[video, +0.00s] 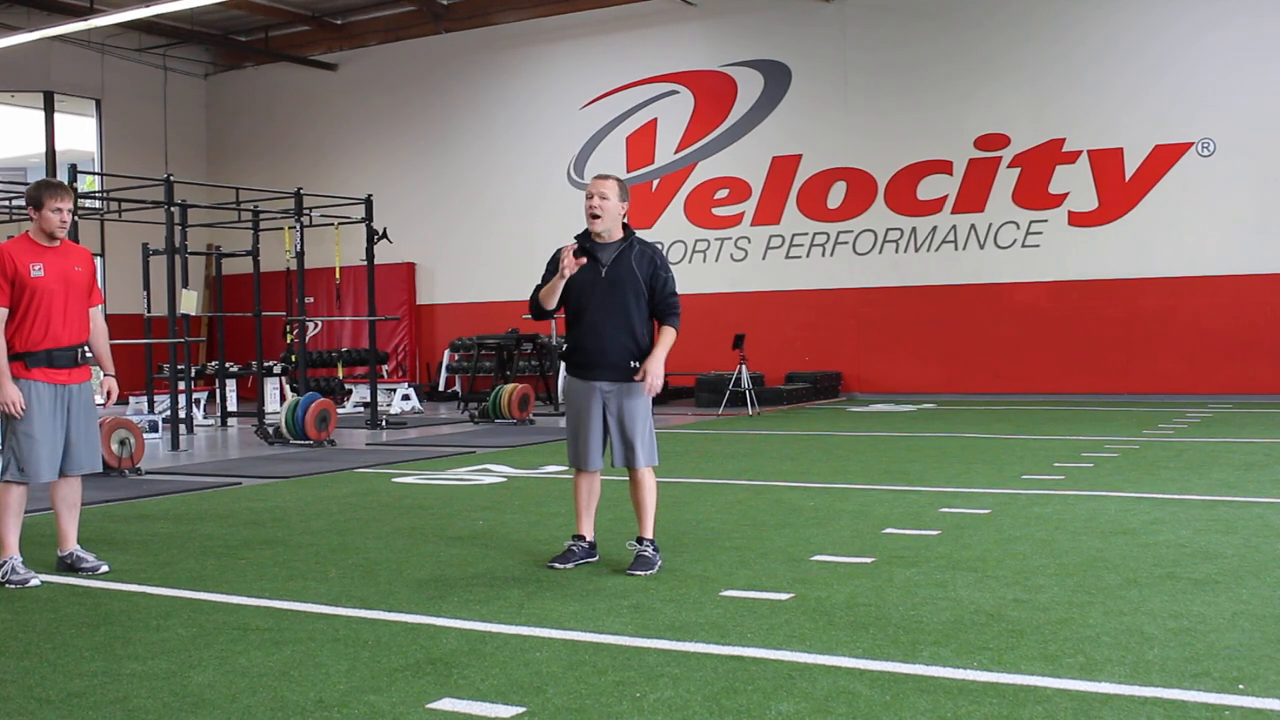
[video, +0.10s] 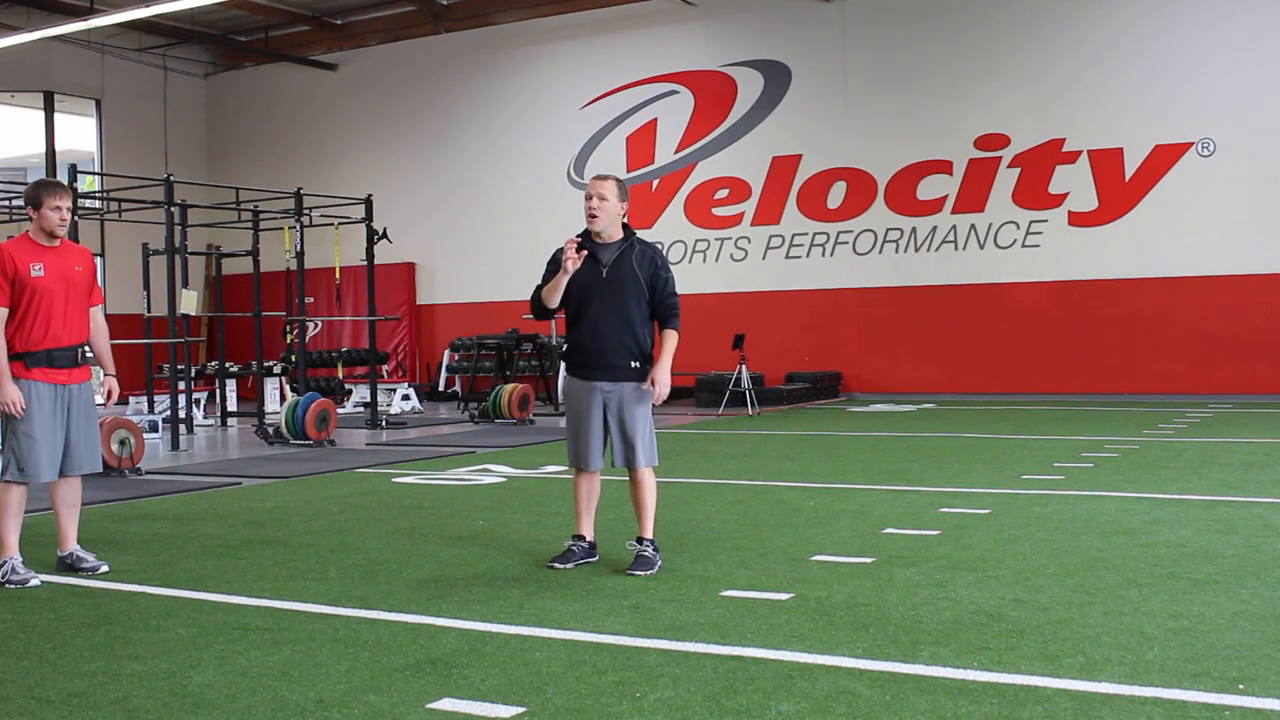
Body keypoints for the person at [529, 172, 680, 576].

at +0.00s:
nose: (592, 203)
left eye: (602, 198)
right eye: (589, 197)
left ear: (623, 208)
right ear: (584, 205)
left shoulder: (649, 257)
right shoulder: (567, 256)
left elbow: (671, 315)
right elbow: (539, 310)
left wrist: (657, 358)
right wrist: (560, 277)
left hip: (632, 380)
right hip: (581, 379)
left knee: (639, 463)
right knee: (585, 463)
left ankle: (646, 544)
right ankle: (583, 542)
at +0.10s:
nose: (591, 204)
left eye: (601, 199)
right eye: (588, 198)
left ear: (622, 208)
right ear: (583, 205)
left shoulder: (649, 257)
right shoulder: (568, 254)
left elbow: (670, 316)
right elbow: (540, 310)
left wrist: (663, 365)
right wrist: (564, 273)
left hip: (632, 379)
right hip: (581, 379)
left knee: (639, 464)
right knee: (585, 463)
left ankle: (646, 544)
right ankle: (583, 542)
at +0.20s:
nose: (591, 204)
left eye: (600, 199)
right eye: (588, 199)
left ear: (622, 208)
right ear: (584, 206)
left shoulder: (649, 257)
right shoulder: (566, 256)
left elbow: (669, 317)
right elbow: (542, 310)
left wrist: (668, 370)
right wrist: (566, 279)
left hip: (632, 380)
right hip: (581, 378)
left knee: (640, 463)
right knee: (585, 463)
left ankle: (646, 544)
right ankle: (584, 542)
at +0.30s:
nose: (591, 203)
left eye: (600, 198)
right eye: (588, 198)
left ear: (622, 208)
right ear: (584, 205)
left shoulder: (649, 257)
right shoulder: (566, 257)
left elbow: (668, 317)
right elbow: (544, 311)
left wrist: (673, 372)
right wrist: (565, 286)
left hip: (632, 380)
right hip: (581, 379)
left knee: (640, 463)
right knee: (585, 463)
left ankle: (646, 544)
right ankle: (584, 542)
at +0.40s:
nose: (591, 203)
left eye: (600, 197)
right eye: (588, 197)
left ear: (622, 207)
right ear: (584, 205)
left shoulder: (649, 257)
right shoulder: (564, 258)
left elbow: (668, 317)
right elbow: (543, 313)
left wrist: (675, 373)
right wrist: (564, 293)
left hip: (632, 379)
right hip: (581, 378)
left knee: (640, 462)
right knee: (585, 463)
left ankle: (647, 544)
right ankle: (584, 542)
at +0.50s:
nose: (591, 202)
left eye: (600, 197)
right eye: (588, 197)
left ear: (622, 207)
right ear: (584, 205)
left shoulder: (648, 257)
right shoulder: (564, 258)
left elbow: (668, 317)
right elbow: (543, 314)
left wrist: (677, 372)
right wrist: (564, 294)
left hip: (632, 379)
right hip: (581, 378)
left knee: (640, 463)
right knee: (585, 463)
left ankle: (647, 544)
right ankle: (584, 542)